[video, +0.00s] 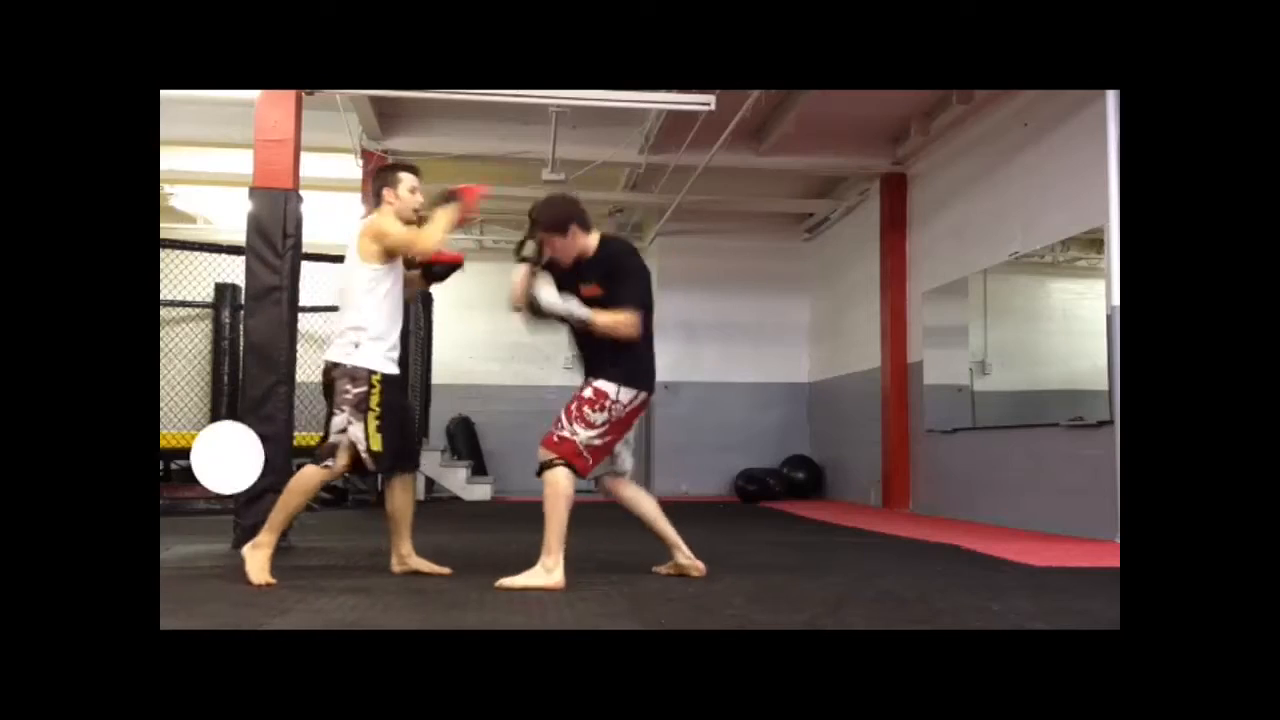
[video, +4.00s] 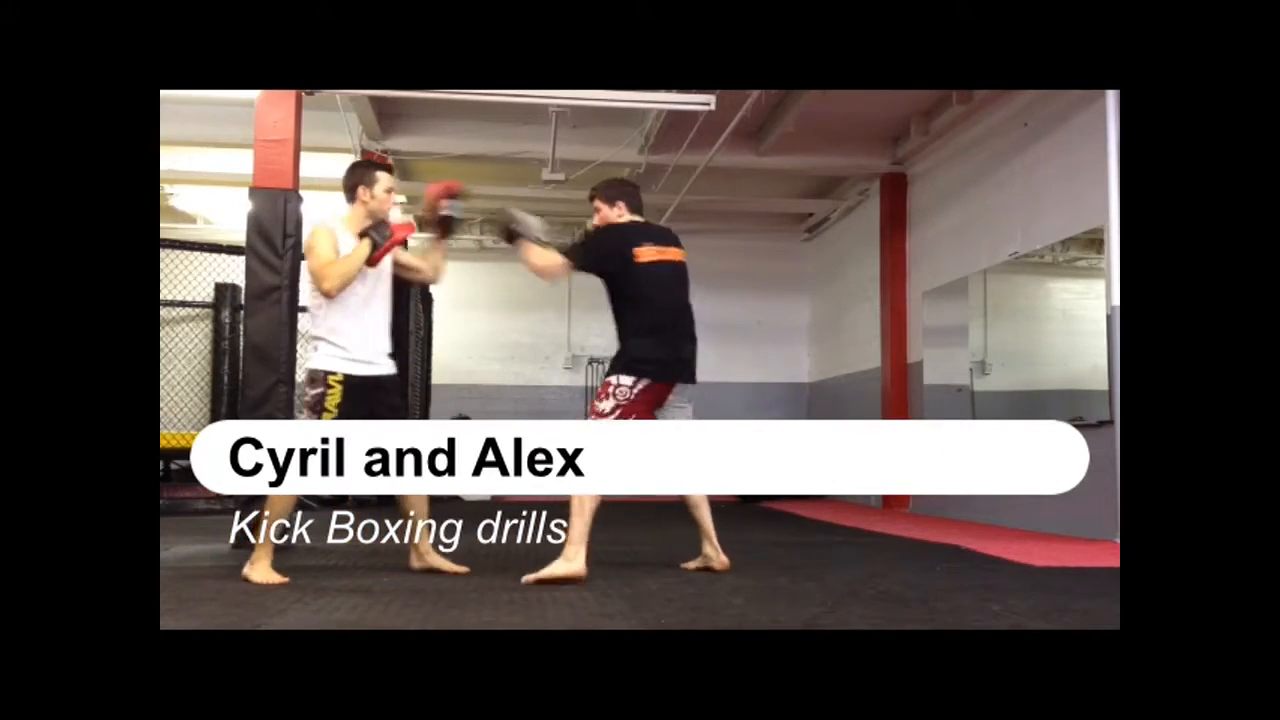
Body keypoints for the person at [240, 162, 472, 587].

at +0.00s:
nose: (421, 199)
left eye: (420, 192)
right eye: (413, 191)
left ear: (392, 197)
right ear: (388, 194)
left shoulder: (387, 233)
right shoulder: (379, 223)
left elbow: (390, 287)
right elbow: (424, 244)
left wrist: (428, 276)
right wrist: (447, 212)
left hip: (381, 363)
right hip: (358, 362)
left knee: (401, 460)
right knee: (336, 458)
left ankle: (403, 553)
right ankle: (262, 544)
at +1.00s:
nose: (385, 204)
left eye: (385, 196)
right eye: (378, 195)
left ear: (361, 198)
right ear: (353, 196)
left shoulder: (361, 243)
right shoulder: (329, 232)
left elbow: (379, 296)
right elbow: (379, 250)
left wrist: (402, 258)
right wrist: (406, 211)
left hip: (346, 368)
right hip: (313, 366)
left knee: (374, 458)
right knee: (291, 463)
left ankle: (376, 551)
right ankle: (248, 560)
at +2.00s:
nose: (382, 212)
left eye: (383, 204)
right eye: (377, 203)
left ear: (354, 202)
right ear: (350, 199)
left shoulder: (357, 243)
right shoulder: (300, 233)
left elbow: (380, 280)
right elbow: (270, 289)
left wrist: (409, 269)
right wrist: (334, 289)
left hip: (339, 367)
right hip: (296, 365)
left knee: (359, 456)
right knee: (271, 458)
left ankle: (362, 548)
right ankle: (208, 536)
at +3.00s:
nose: (327, 191)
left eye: (326, 184)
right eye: (321, 183)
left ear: (301, 187)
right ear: (294, 185)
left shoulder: (300, 237)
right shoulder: (259, 226)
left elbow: (291, 290)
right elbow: (233, 283)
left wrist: (330, 289)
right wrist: (303, 286)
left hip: (289, 362)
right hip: (255, 361)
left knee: (318, 449)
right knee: (257, 459)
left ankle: (266, 535)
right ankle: (235, 560)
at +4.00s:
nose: (394, 200)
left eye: (395, 192)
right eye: (388, 192)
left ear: (375, 195)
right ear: (362, 193)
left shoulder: (380, 244)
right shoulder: (324, 233)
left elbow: (429, 272)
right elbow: (328, 283)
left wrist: (438, 227)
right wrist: (374, 242)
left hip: (380, 370)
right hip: (333, 369)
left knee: (411, 458)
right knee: (301, 464)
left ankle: (421, 548)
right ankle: (261, 558)